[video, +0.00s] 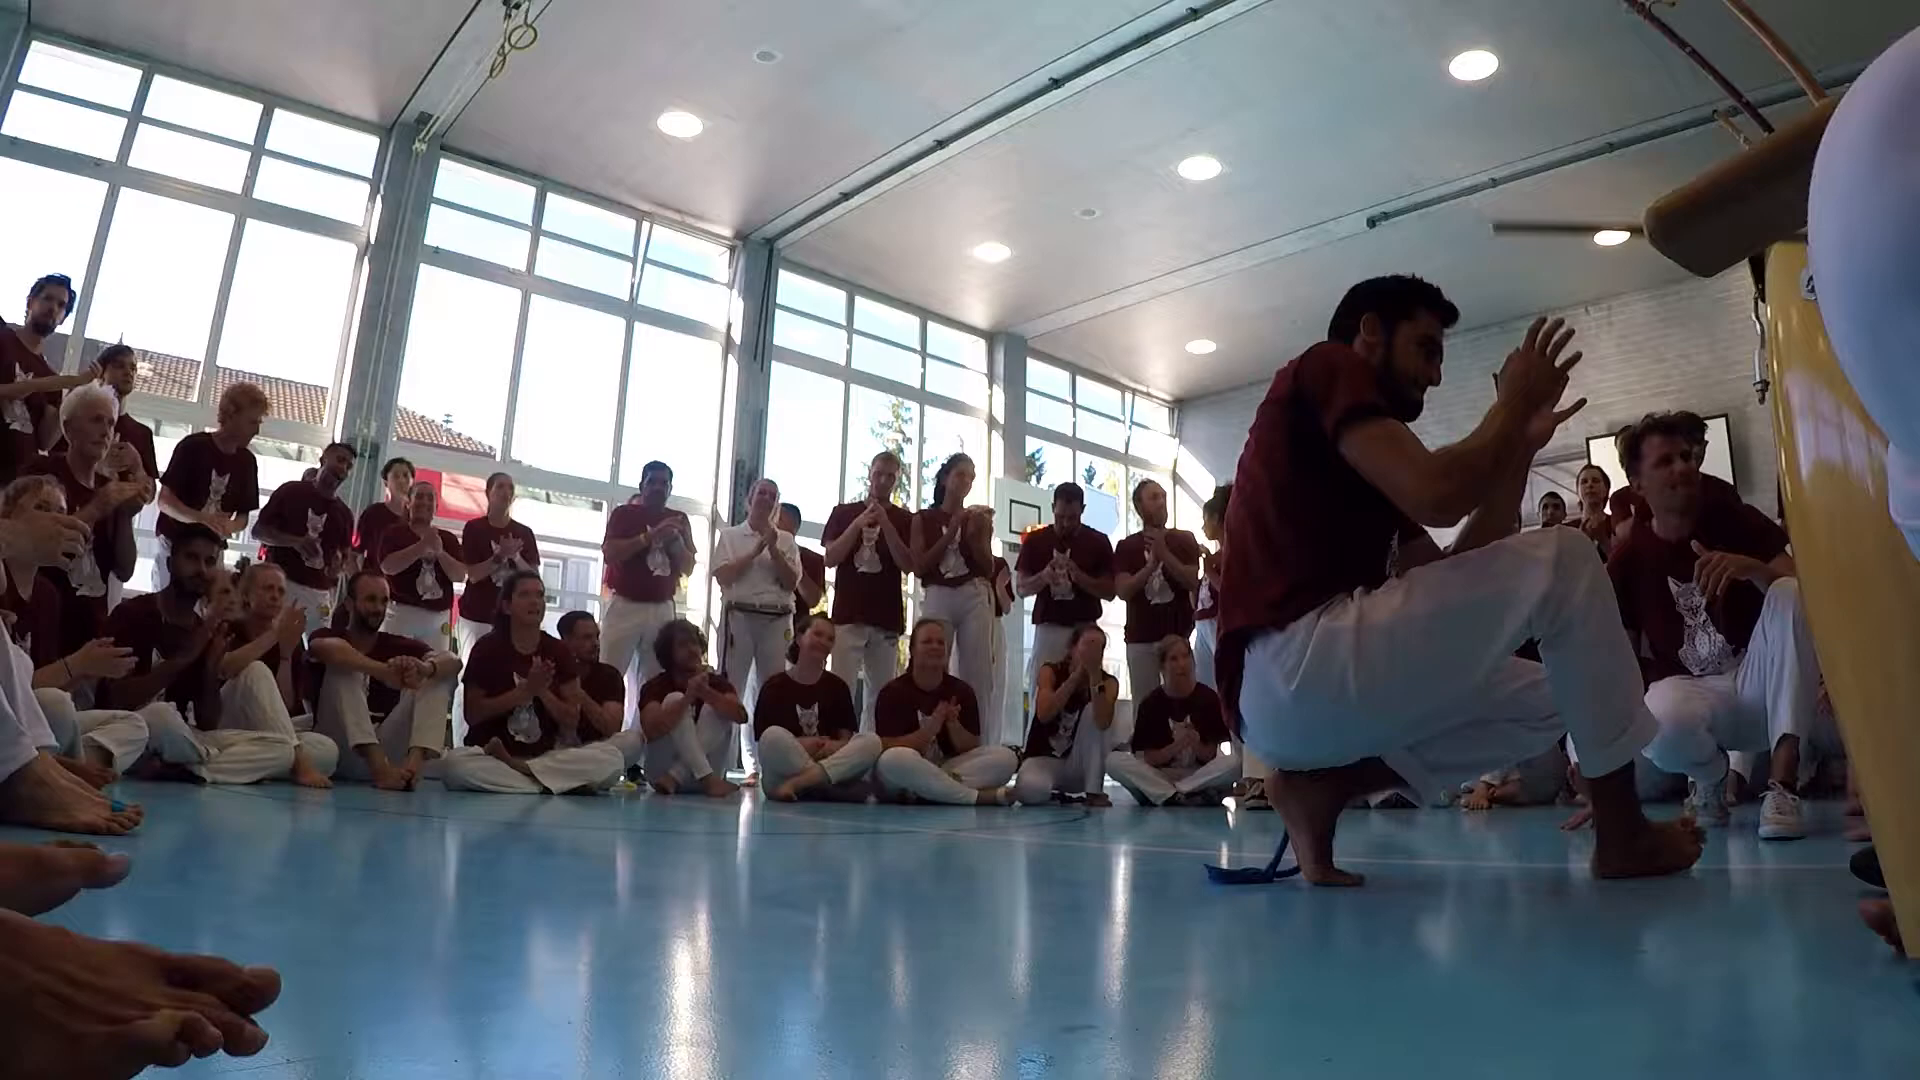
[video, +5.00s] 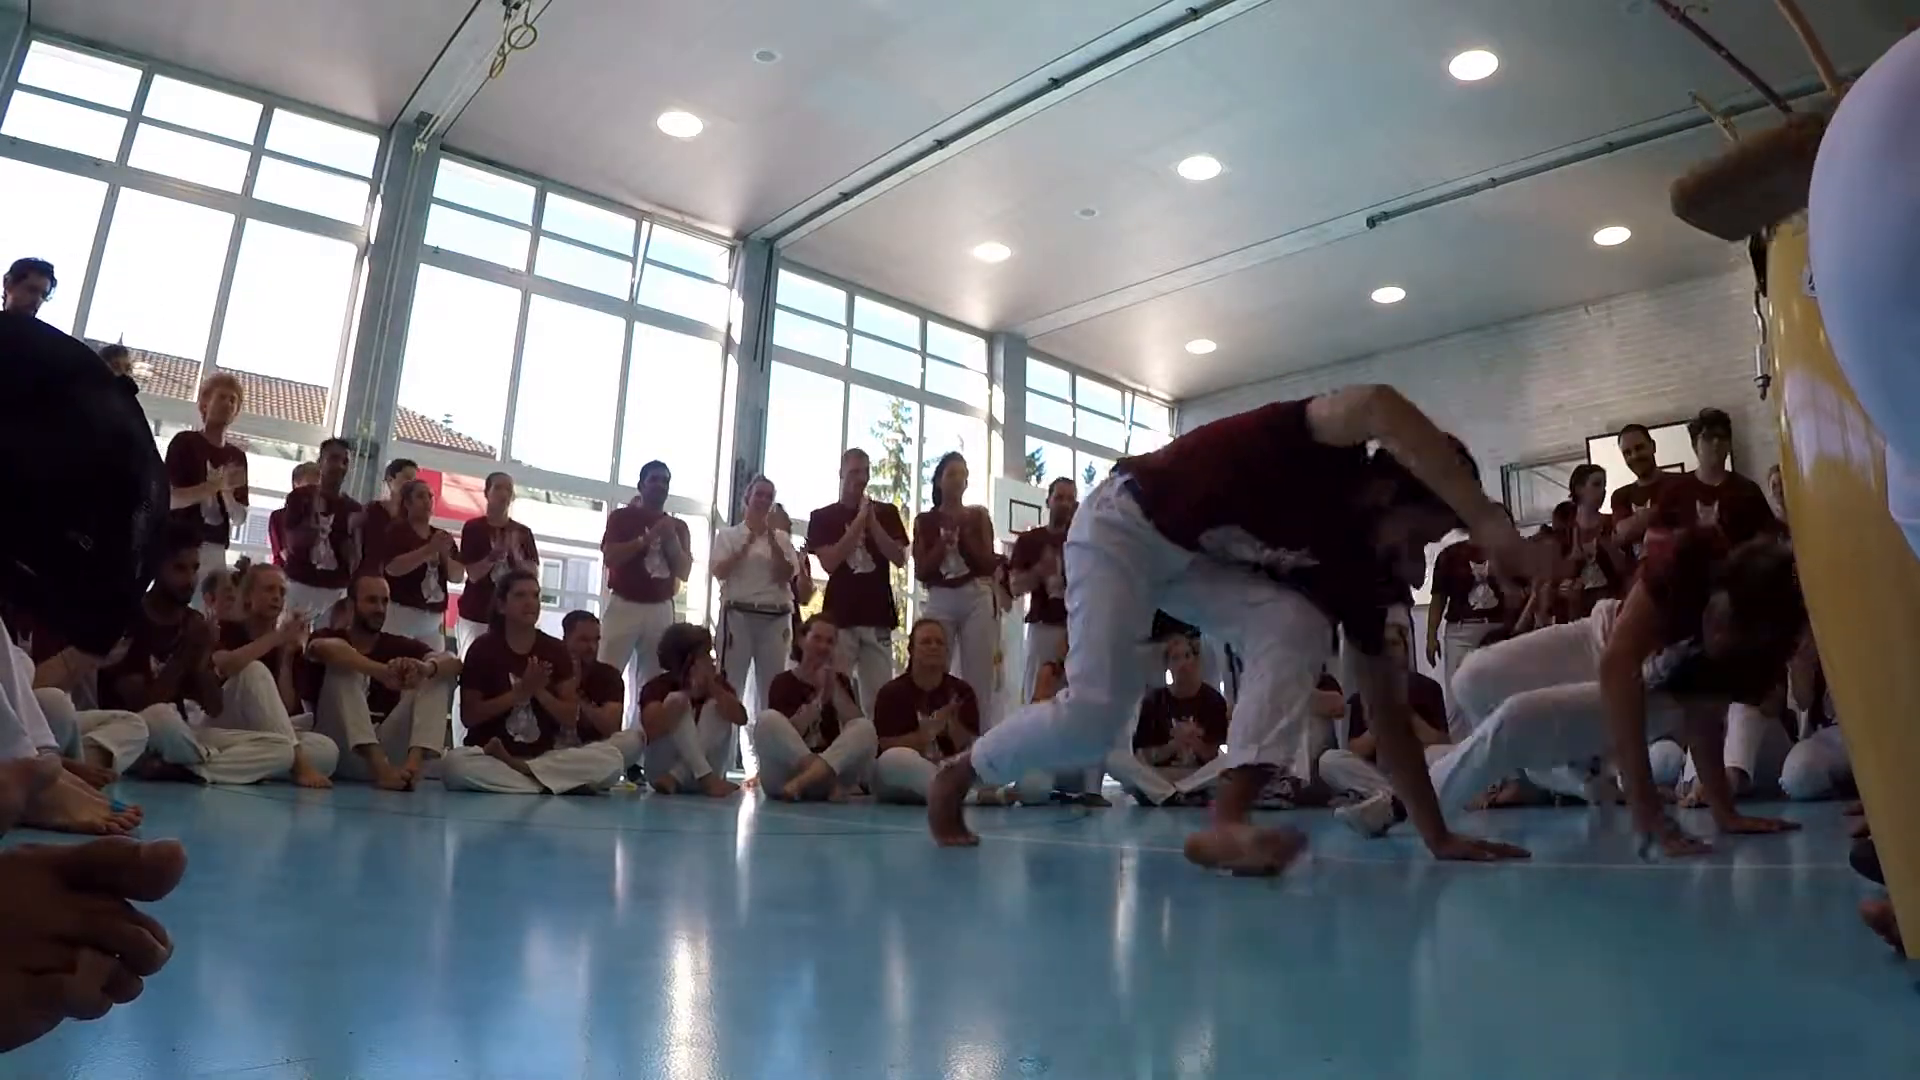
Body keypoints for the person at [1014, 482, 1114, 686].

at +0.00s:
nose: (1066, 523)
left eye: (1072, 518)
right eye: (1061, 517)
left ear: (1082, 511)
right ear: (1053, 509)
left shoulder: (1098, 541)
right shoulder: (1035, 540)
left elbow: (1109, 591)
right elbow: (1021, 588)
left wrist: (1078, 576)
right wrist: (1045, 576)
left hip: (1085, 629)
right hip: (1049, 629)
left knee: (1083, 699)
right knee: (1042, 697)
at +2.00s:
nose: (1070, 503)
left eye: (1076, 498)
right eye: (1064, 497)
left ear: (1083, 505)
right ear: (1054, 501)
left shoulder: (1096, 539)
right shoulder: (1033, 538)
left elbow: (1107, 588)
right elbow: (1018, 585)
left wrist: (1080, 572)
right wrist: (1040, 575)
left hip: (1086, 631)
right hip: (1047, 629)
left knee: (1083, 701)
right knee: (1040, 700)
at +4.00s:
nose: (1038, 502)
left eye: (1042, 497)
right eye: (1031, 496)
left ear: (1048, 503)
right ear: (1018, 502)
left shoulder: (1064, 540)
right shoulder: (1007, 541)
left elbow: (1082, 589)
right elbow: (1001, 585)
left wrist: (1065, 570)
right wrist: (1028, 574)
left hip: (1062, 628)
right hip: (1025, 629)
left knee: (1064, 699)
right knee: (1026, 701)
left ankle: (1063, 763)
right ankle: (1025, 764)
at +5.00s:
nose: (1065, 504)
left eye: (1070, 499)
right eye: (1060, 498)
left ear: (1076, 503)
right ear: (1049, 500)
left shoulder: (1085, 538)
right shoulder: (1030, 539)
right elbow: (1015, 586)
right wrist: (1041, 570)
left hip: (1080, 625)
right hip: (1043, 624)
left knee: (1077, 694)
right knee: (1037, 695)